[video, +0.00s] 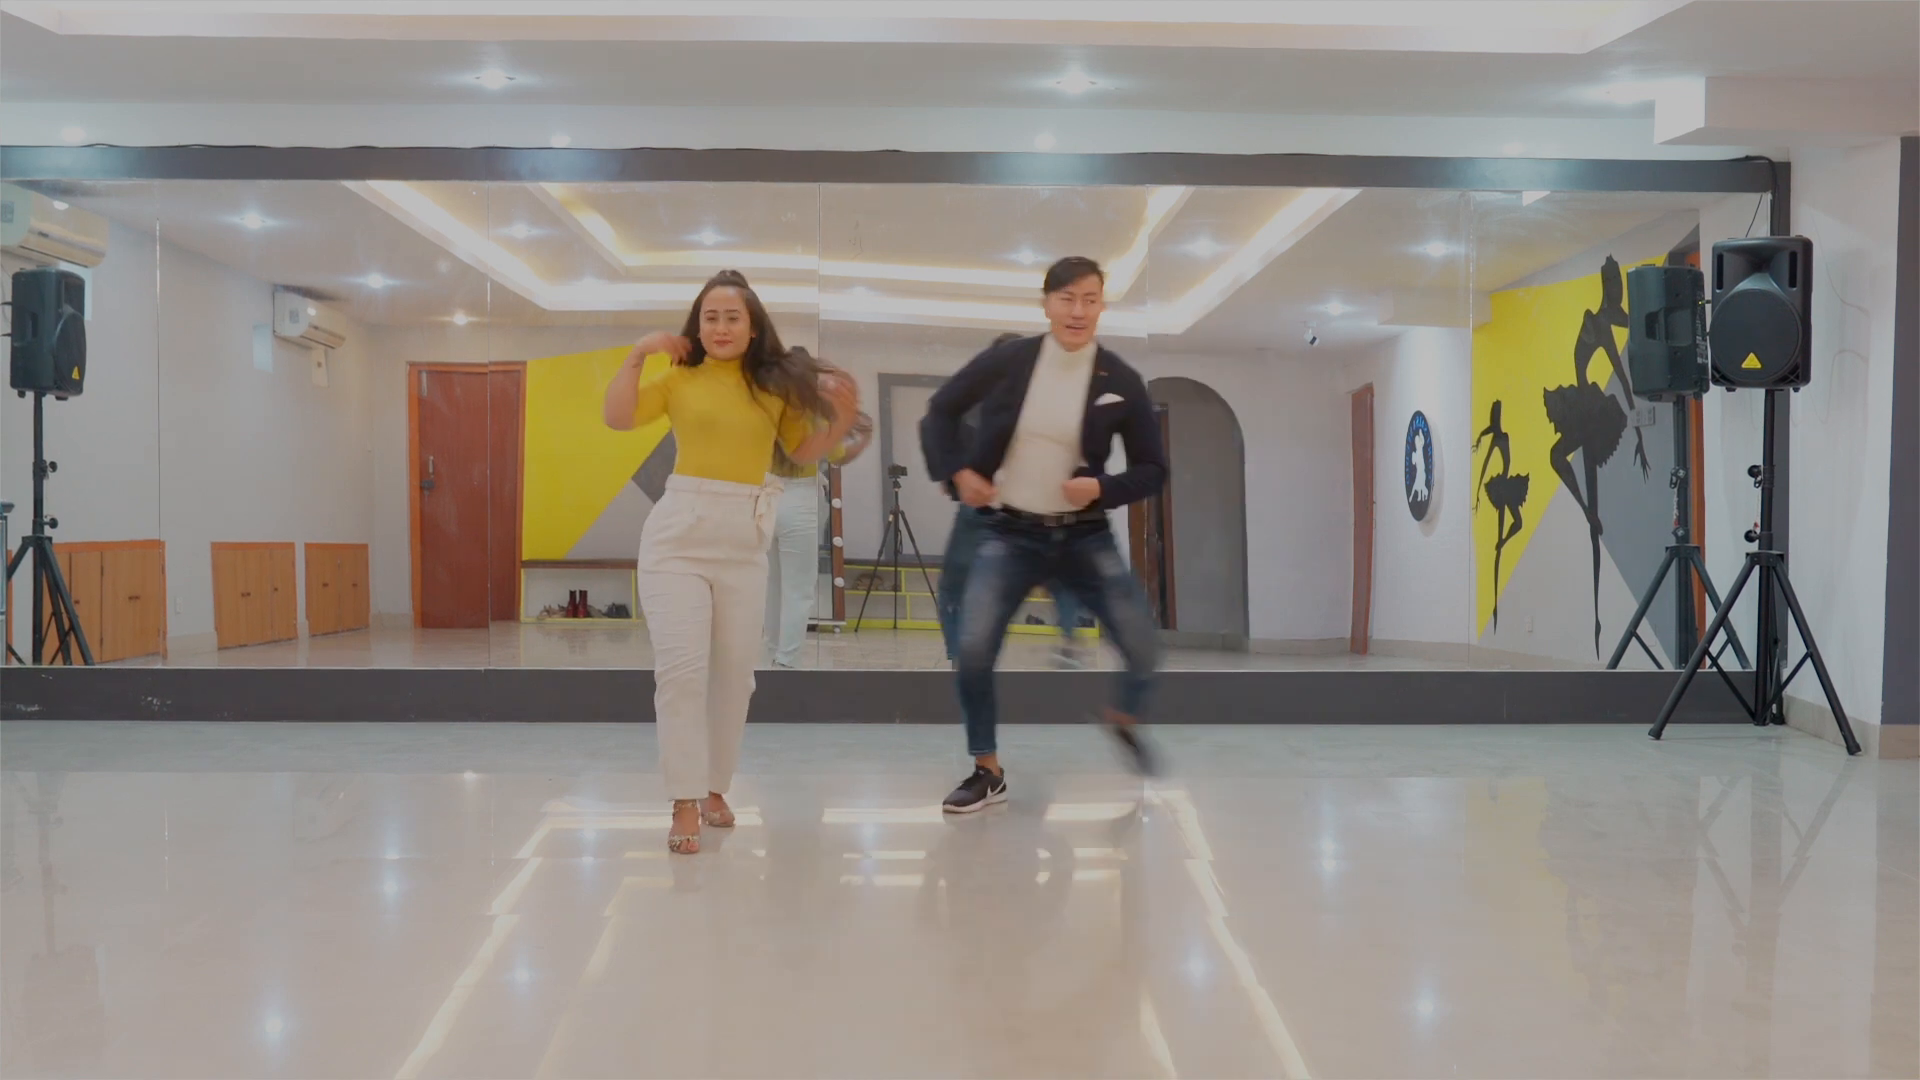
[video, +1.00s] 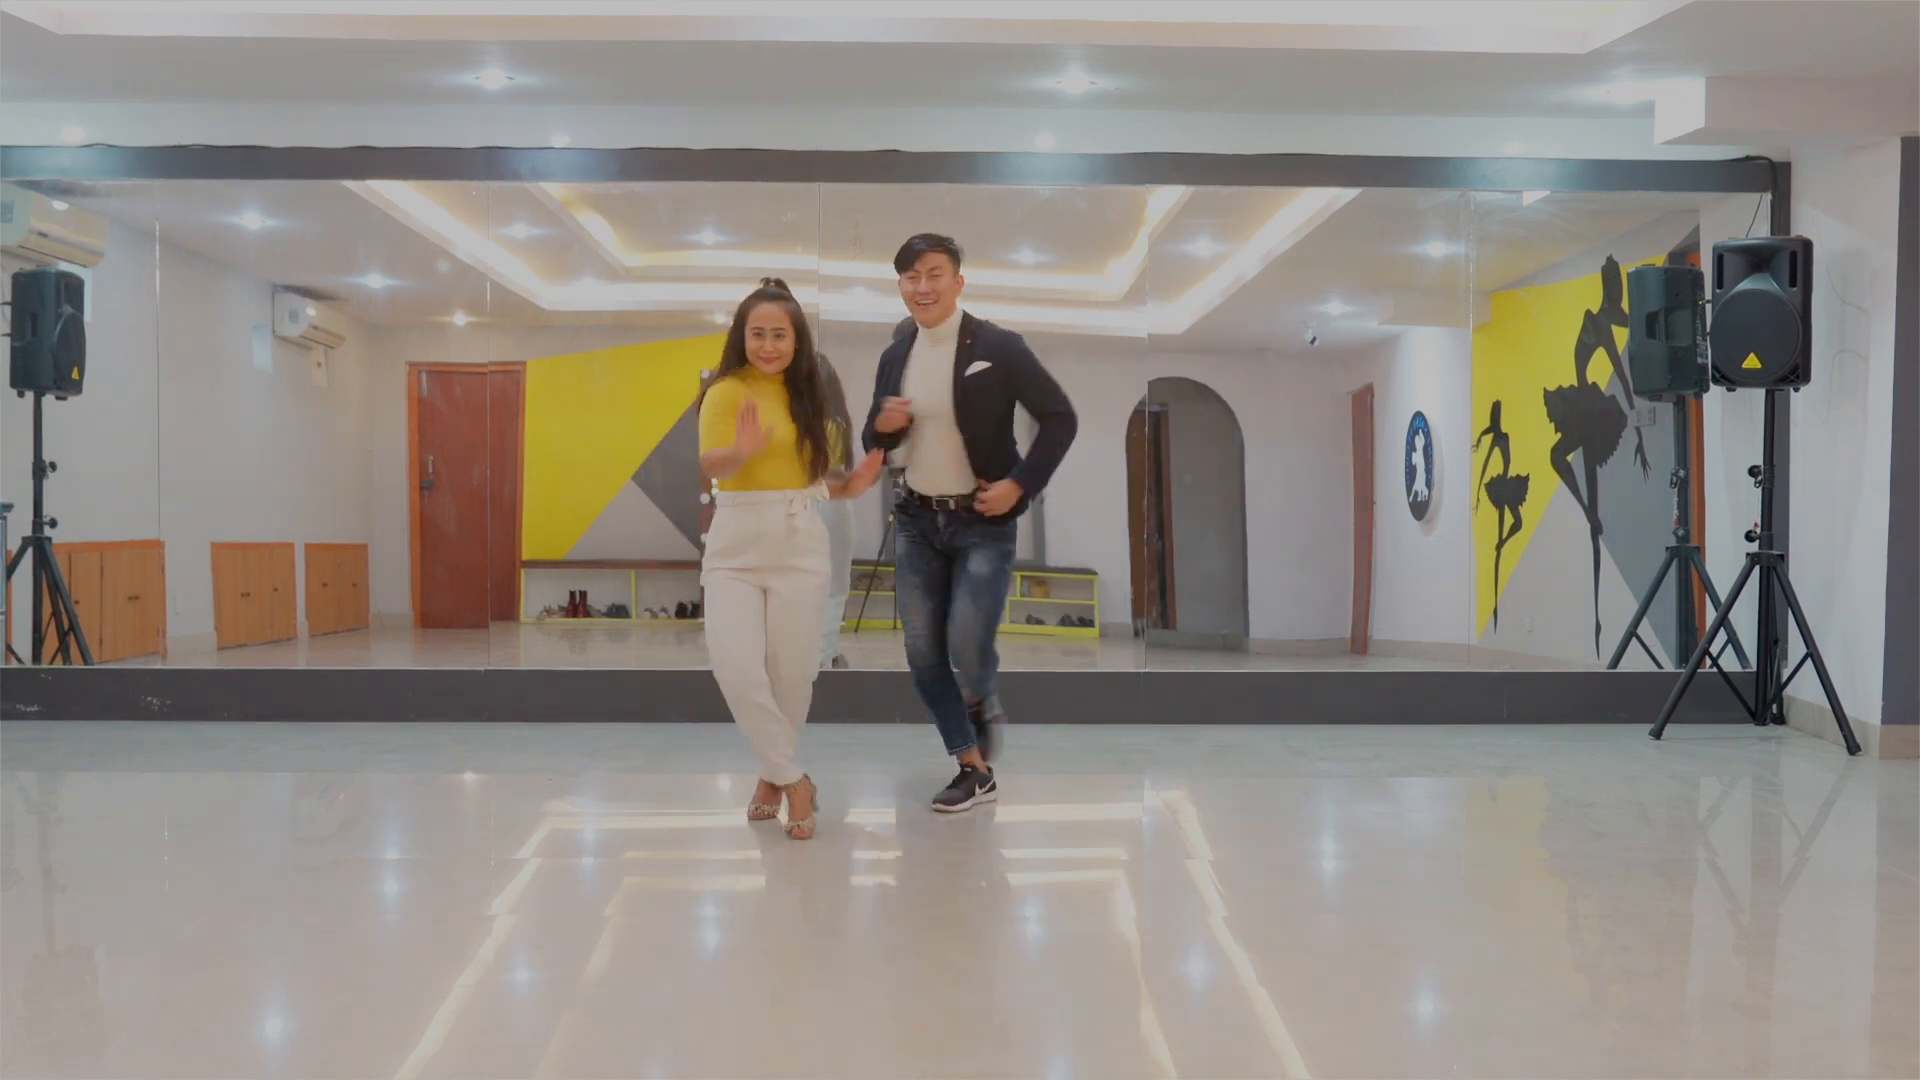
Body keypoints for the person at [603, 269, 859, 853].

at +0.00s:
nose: (721, 327)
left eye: (733, 317)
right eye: (711, 317)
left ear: (753, 326)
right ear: (697, 326)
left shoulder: (773, 390)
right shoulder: (678, 379)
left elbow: (804, 453)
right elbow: (619, 416)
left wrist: (842, 417)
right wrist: (640, 351)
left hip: (745, 545)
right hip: (677, 537)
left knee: (735, 673)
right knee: (681, 667)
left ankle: (717, 789)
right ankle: (686, 801)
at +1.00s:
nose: (768, 345)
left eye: (780, 334)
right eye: (758, 333)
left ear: (798, 340)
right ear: (741, 338)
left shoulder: (811, 400)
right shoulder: (724, 394)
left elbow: (826, 481)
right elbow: (706, 467)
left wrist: (850, 483)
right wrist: (742, 452)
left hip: (800, 547)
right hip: (732, 548)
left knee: (793, 670)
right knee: (733, 668)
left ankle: (772, 777)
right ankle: (795, 782)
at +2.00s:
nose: (752, 316)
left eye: (765, 310)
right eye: (743, 308)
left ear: (783, 328)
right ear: (726, 321)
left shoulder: (789, 387)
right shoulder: (699, 387)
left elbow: (807, 464)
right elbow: (660, 456)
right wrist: (587, 474)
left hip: (776, 541)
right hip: (711, 541)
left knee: (752, 671)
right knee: (702, 679)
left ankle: (748, 798)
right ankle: (778, 766)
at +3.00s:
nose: (740, 331)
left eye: (739, 321)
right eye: (732, 321)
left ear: (703, 323)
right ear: (704, 321)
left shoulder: (699, 379)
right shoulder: (676, 362)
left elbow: (731, 476)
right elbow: (695, 431)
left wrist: (801, 463)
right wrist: (751, 418)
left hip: (690, 553)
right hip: (679, 554)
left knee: (689, 684)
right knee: (749, 663)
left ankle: (658, 803)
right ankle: (725, 804)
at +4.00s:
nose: (654, 345)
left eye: (665, 334)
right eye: (641, 336)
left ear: (682, 340)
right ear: (625, 345)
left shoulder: (689, 396)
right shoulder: (624, 406)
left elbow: (728, 399)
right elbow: (643, 472)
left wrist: (783, 376)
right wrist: (722, 469)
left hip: (671, 570)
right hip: (611, 564)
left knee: (726, 666)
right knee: (570, 684)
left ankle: (680, 787)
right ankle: (539, 796)